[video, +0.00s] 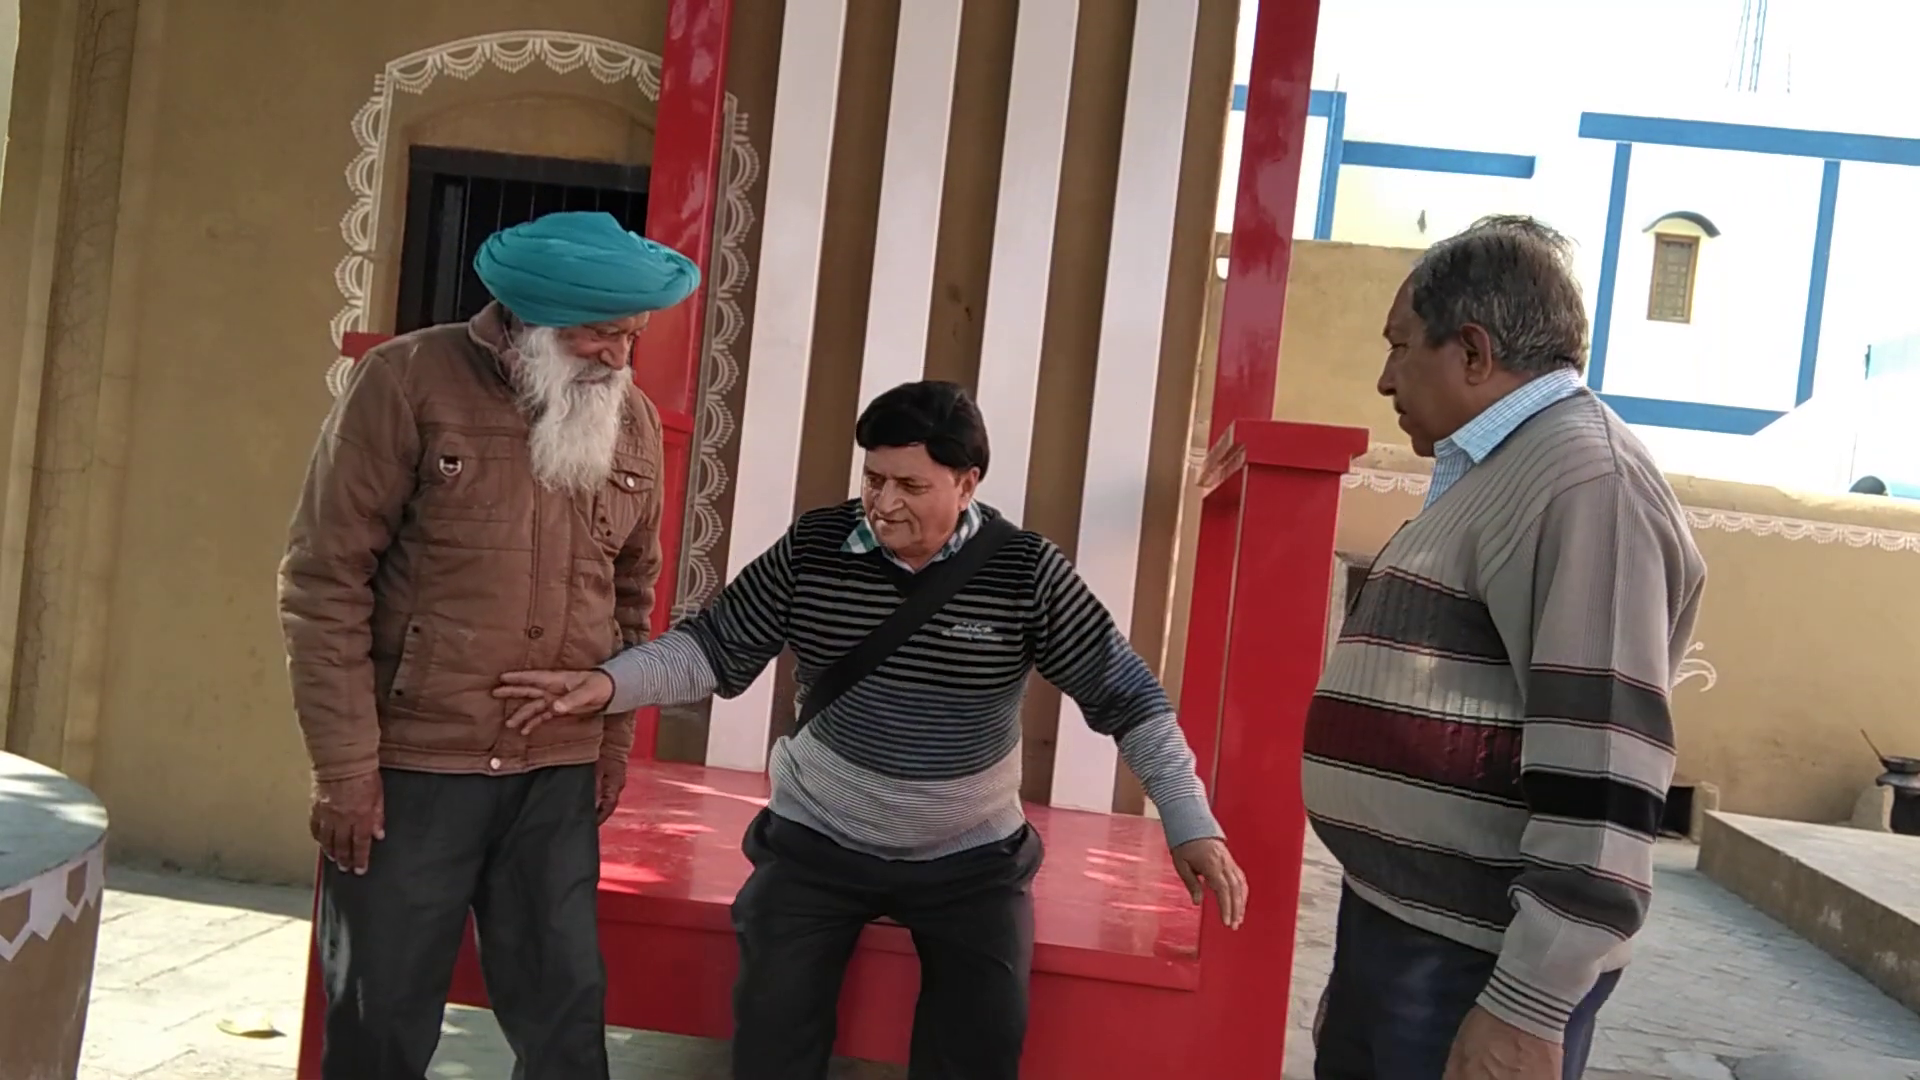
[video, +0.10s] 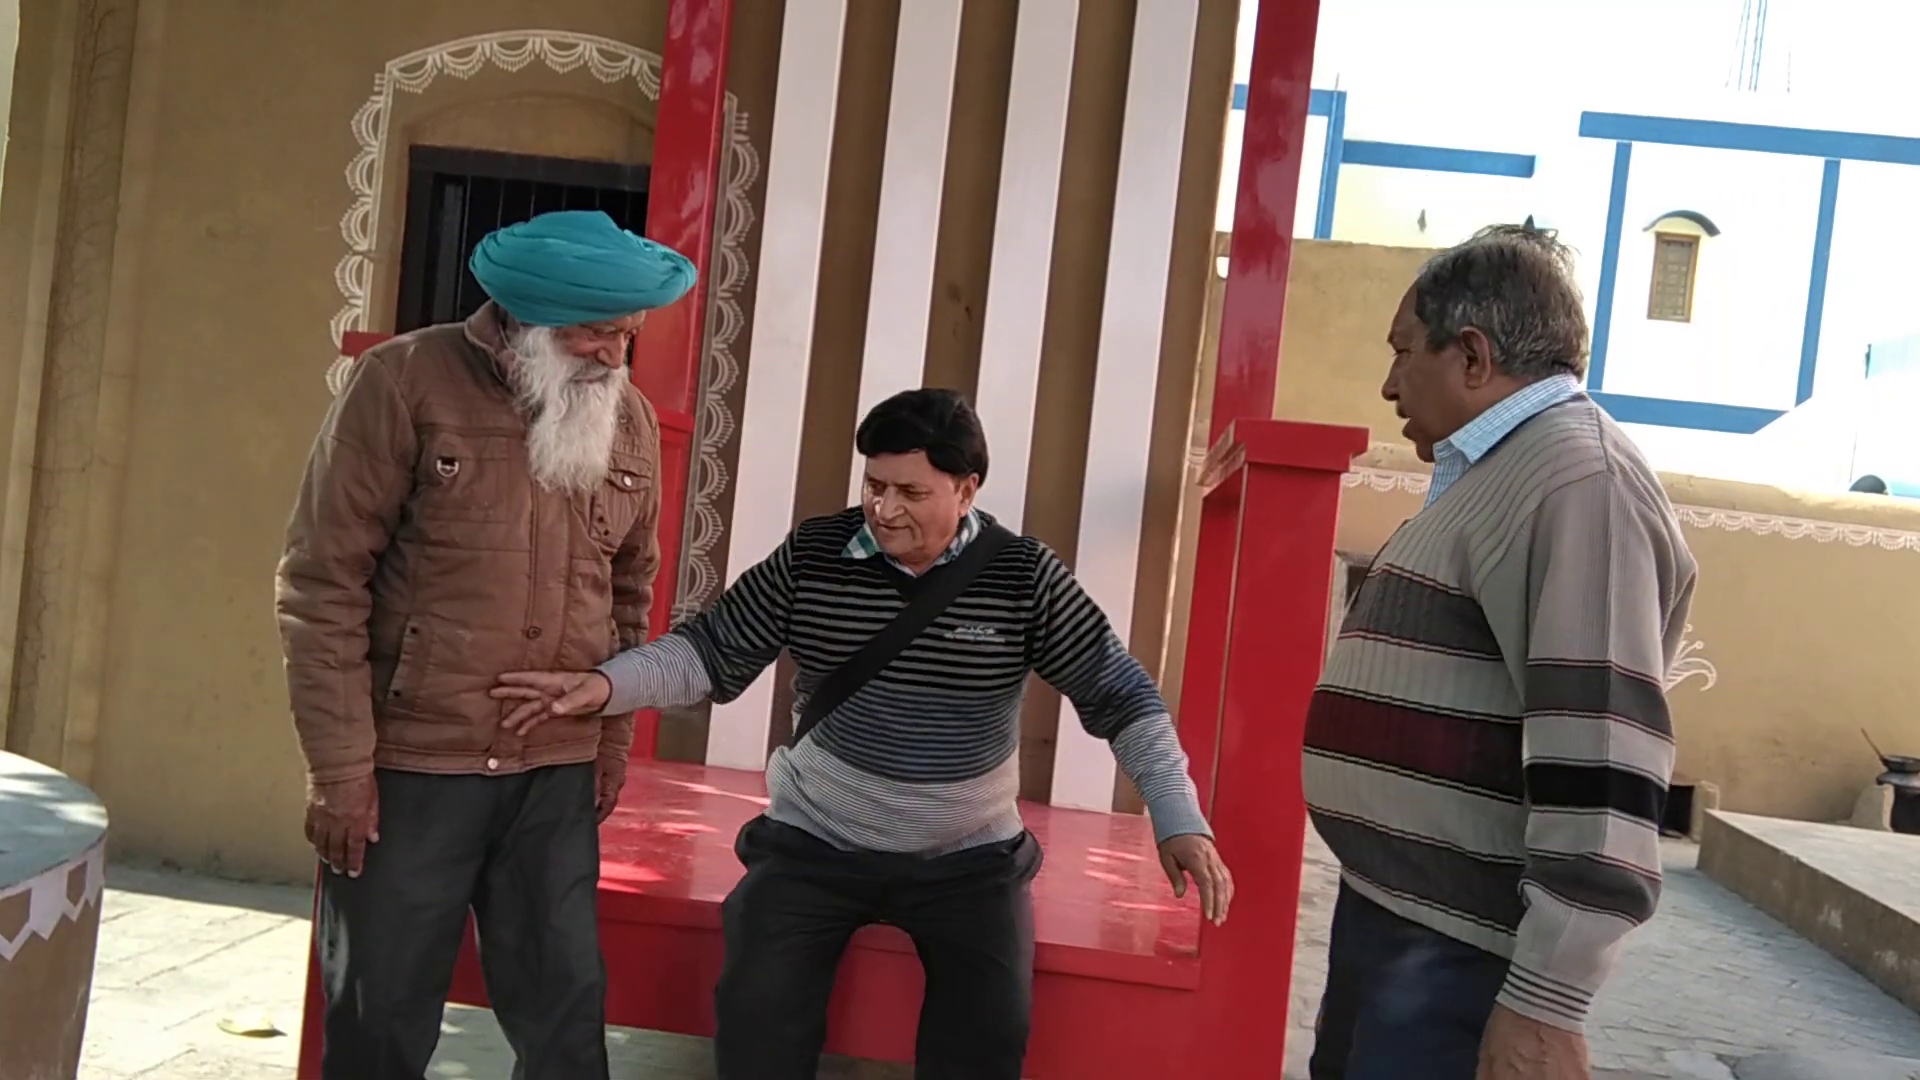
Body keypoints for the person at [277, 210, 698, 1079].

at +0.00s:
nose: (613, 350)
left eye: (627, 331)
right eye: (595, 329)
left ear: (637, 325)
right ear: (532, 316)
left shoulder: (632, 421)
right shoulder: (408, 381)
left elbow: (633, 593)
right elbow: (324, 576)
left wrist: (617, 733)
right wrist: (346, 766)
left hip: (554, 785)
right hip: (414, 781)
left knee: (567, 1036)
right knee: (381, 1041)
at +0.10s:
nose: (609, 348)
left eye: (623, 328)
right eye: (590, 328)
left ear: (633, 323)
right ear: (528, 315)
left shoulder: (629, 420)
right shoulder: (404, 382)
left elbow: (630, 592)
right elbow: (322, 578)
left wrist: (615, 734)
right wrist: (341, 767)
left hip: (553, 785)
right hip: (412, 782)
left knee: (567, 1038)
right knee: (380, 1041)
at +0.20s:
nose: (605, 349)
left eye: (619, 330)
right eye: (587, 328)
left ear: (628, 325)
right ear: (521, 316)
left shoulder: (622, 417)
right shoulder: (397, 384)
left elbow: (626, 588)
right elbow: (318, 582)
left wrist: (613, 732)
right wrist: (339, 769)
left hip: (551, 786)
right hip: (409, 784)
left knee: (565, 1037)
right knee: (376, 1041)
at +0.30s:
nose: (599, 345)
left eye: (612, 326)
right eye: (580, 325)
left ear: (621, 320)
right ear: (514, 314)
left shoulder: (616, 414)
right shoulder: (391, 384)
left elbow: (622, 584)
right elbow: (315, 584)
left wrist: (610, 727)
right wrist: (338, 772)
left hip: (547, 783)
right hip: (407, 783)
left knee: (561, 1031)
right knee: (375, 1038)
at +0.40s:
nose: (599, 338)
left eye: (610, 319)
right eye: (579, 319)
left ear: (618, 314)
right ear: (513, 310)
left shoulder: (616, 411)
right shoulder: (388, 381)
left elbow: (622, 584)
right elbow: (313, 580)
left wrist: (611, 727)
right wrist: (337, 766)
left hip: (549, 782)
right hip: (407, 782)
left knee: (564, 1030)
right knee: (375, 1040)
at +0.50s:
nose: (602, 337)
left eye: (614, 318)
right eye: (584, 316)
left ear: (621, 313)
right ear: (517, 306)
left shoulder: (619, 412)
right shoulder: (393, 379)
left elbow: (626, 585)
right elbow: (315, 575)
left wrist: (616, 728)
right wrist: (335, 763)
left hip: (553, 776)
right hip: (410, 776)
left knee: (569, 1013)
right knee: (378, 1032)